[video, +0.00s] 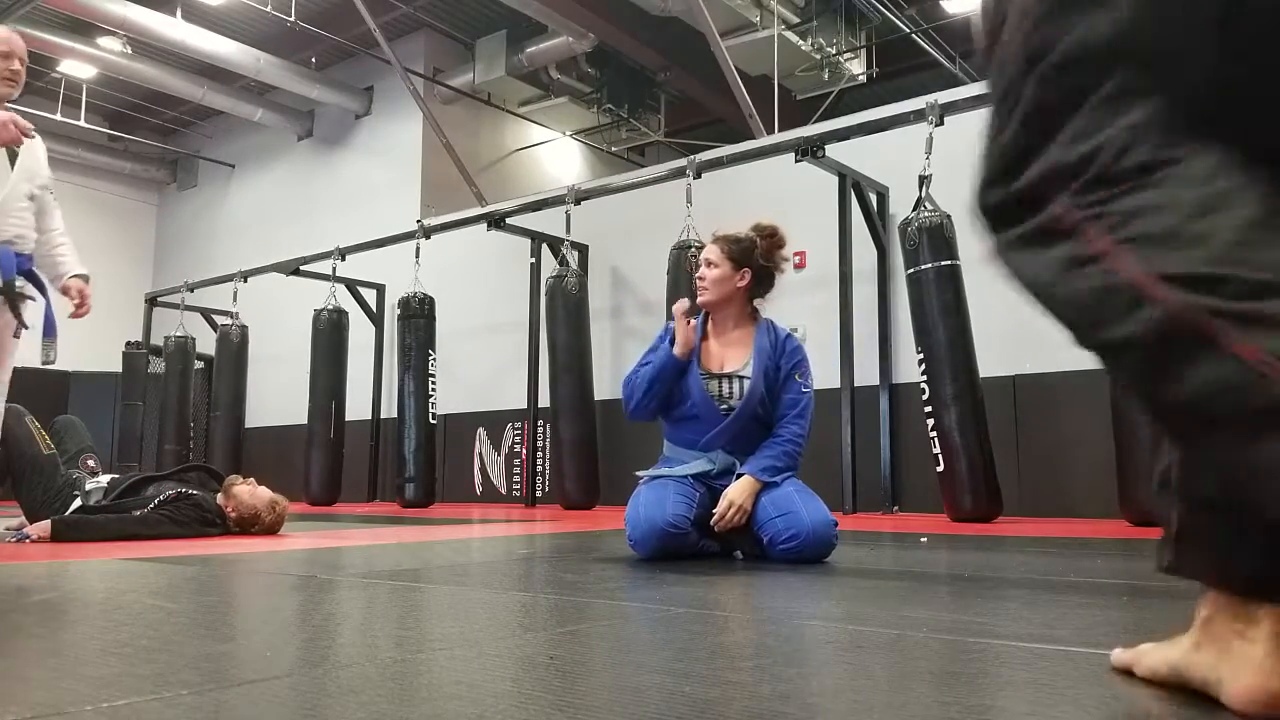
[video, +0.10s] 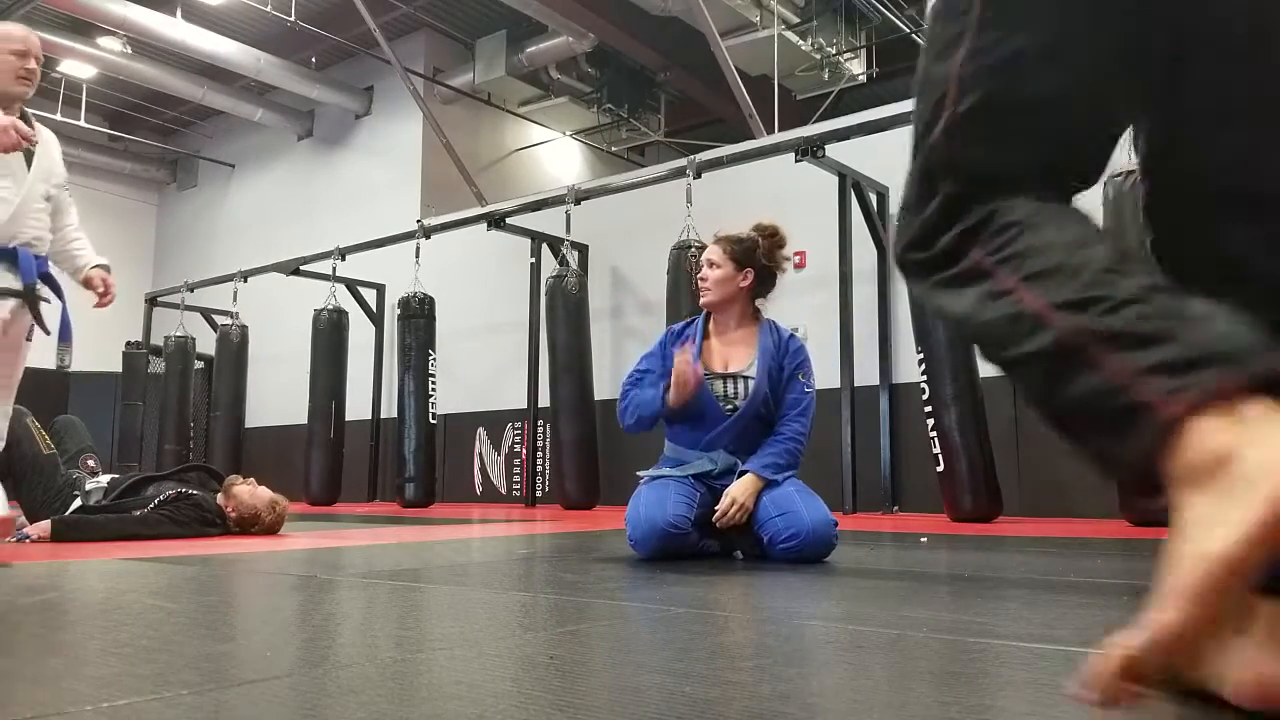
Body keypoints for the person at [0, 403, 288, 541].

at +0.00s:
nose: (247, 477)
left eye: (250, 487)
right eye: (255, 483)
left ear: (233, 508)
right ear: (235, 504)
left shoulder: (199, 513)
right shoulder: (214, 490)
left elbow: (130, 524)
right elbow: (151, 485)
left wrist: (57, 527)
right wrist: (110, 480)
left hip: (69, 500)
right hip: (98, 485)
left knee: (12, 415)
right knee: (66, 421)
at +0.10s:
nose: (247, 477)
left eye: (250, 487)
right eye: (255, 483)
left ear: (235, 509)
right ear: (236, 504)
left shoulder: (200, 513)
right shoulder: (213, 490)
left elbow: (131, 524)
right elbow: (151, 484)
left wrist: (57, 527)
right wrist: (109, 479)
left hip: (68, 500)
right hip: (97, 484)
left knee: (15, 415)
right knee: (67, 422)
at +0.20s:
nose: (248, 477)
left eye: (251, 488)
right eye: (256, 483)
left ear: (234, 510)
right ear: (234, 505)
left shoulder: (200, 513)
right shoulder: (212, 488)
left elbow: (130, 525)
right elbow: (152, 486)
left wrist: (50, 526)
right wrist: (110, 482)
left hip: (69, 503)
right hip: (98, 485)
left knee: (16, 415)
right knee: (67, 423)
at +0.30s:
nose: (248, 478)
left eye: (251, 488)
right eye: (256, 483)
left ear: (232, 510)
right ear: (233, 507)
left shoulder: (198, 512)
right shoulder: (214, 491)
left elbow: (128, 524)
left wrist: (54, 526)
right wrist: (112, 486)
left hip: (71, 503)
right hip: (102, 489)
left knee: (28, 429)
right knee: (68, 424)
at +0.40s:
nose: (248, 477)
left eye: (251, 486)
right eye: (256, 481)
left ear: (235, 511)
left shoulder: (201, 513)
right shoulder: (209, 484)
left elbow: (129, 525)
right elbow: (148, 484)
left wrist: (53, 526)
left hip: (69, 502)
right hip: (90, 483)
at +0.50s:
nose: (249, 478)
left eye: (252, 488)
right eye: (256, 483)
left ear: (231, 510)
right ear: (232, 506)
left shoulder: (201, 512)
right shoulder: (209, 490)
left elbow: (129, 524)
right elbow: (141, 495)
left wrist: (54, 526)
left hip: (73, 501)